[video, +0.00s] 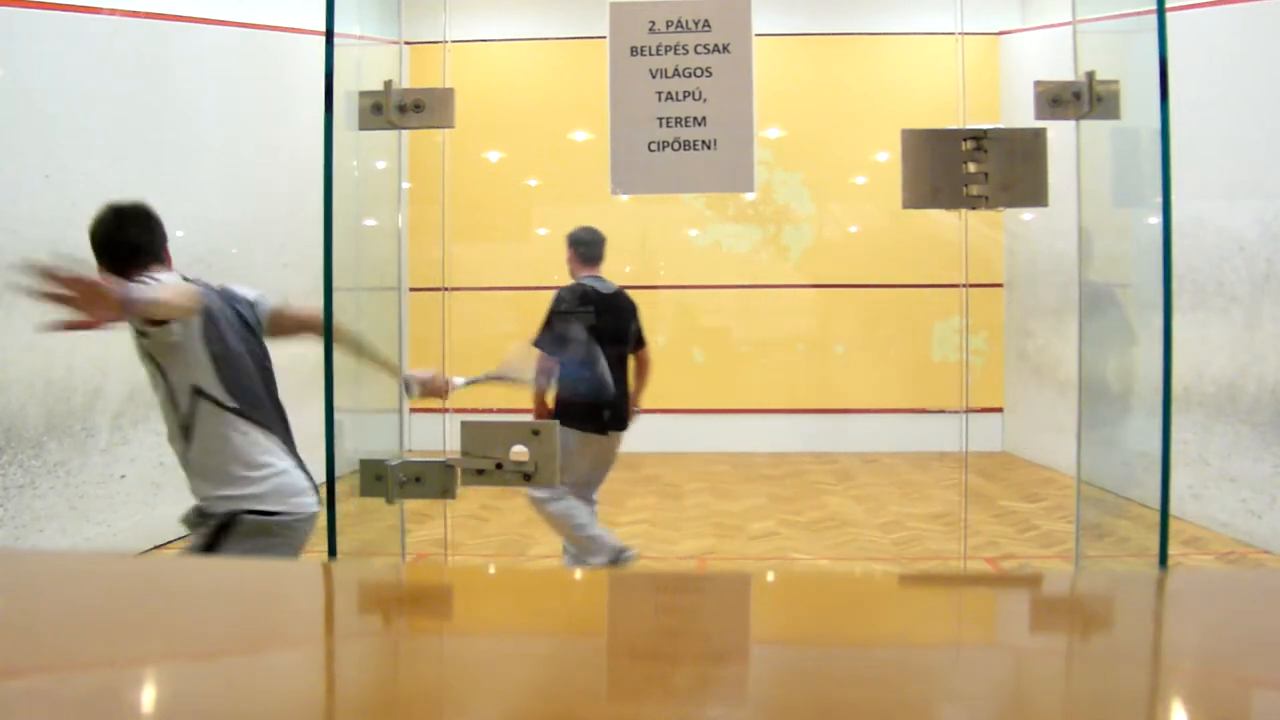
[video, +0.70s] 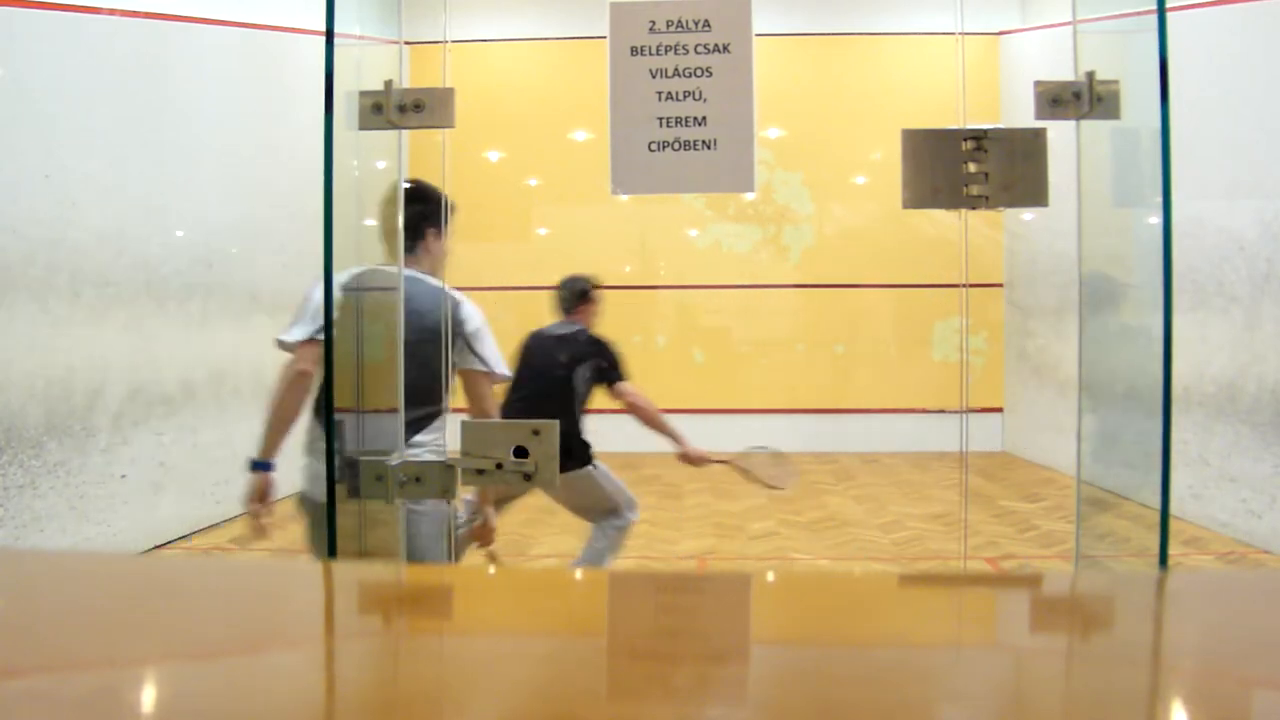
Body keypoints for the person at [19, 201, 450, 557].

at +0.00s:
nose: (119, 283)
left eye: (113, 273)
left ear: (107, 272)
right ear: (170, 247)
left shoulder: (166, 300)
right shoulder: (229, 298)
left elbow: (181, 299)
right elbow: (323, 321)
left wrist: (127, 302)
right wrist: (406, 375)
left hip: (254, 518)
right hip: (283, 510)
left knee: (186, 638)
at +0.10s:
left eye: (98, 263)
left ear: (97, 264)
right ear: (165, 244)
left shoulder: (131, 290)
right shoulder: (219, 295)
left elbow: (150, 315)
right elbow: (314, 318)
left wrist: (68, 328)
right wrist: (397, 403)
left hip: (212, 538)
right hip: (279, 531)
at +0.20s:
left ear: (110, 275)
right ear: (178, 270)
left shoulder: (126, 306)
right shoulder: (238, 336)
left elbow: (184, 322)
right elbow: (304, 387)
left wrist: (70, 329)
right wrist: (353, 470)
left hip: (180, 561)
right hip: (270, 556)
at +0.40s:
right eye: (282, 264)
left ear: (228, 270)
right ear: (284, 276)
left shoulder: (223, 316)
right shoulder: (322, 350)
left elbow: (183, 326)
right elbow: (367, 419)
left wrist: (80, 334)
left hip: (229, 553)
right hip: (310, 556)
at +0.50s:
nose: (360, 255)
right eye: (359, 246)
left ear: (298, 252)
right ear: (357, 254)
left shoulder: (270, 304)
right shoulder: (392, 338)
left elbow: (220, 337)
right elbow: (433, 430)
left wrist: (123, 384)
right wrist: (417, 528)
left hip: (270, 534)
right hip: (365, 539)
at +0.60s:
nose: (383, 245)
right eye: (405, 233)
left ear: (349, 234)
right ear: (406, 239)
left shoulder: (306, 293)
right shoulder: (431, 319)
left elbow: (264, 361)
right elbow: (465, 415)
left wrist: (204, 448)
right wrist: (461, 508)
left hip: (301, 514)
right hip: (390, 520)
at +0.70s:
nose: (447, 247)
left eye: (447, 235)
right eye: (446, 235)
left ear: (388, 231)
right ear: (431, 237)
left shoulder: (334, 290)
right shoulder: (454, 308)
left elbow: (303, 370)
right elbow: (485, 415)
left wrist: (264, 463)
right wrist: (485, 501)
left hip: (331, 492)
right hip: (414, 493)